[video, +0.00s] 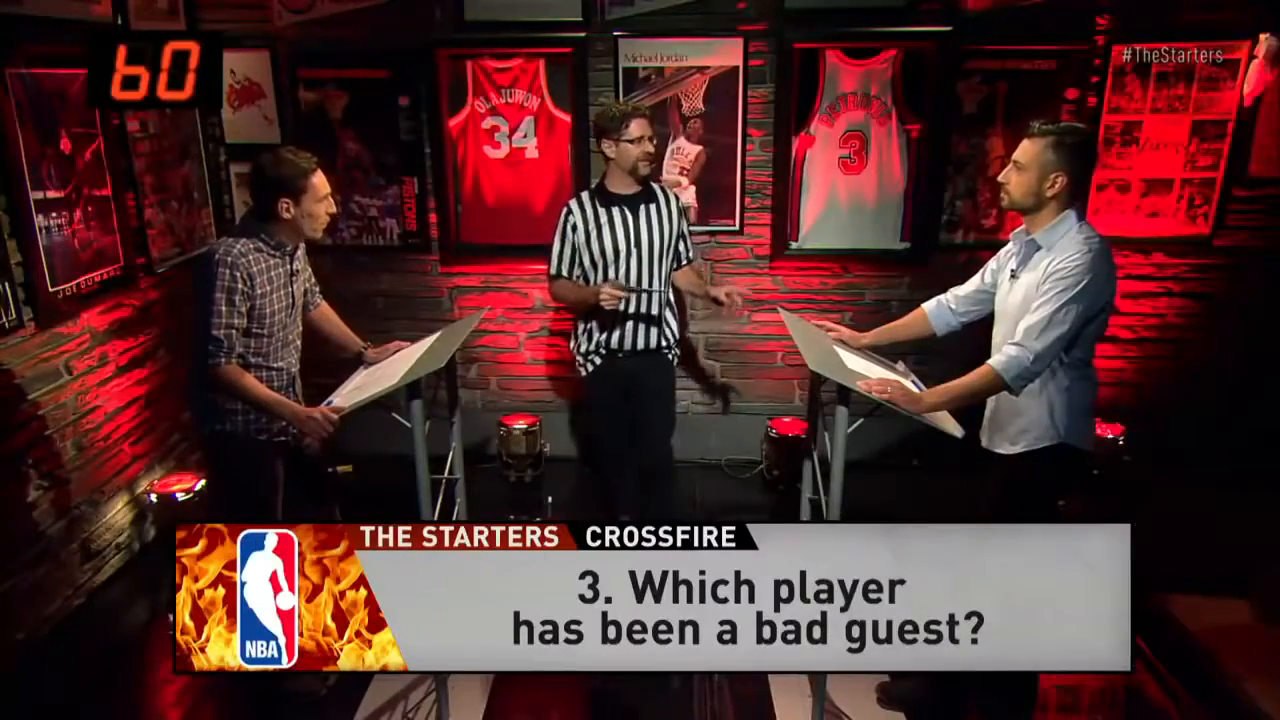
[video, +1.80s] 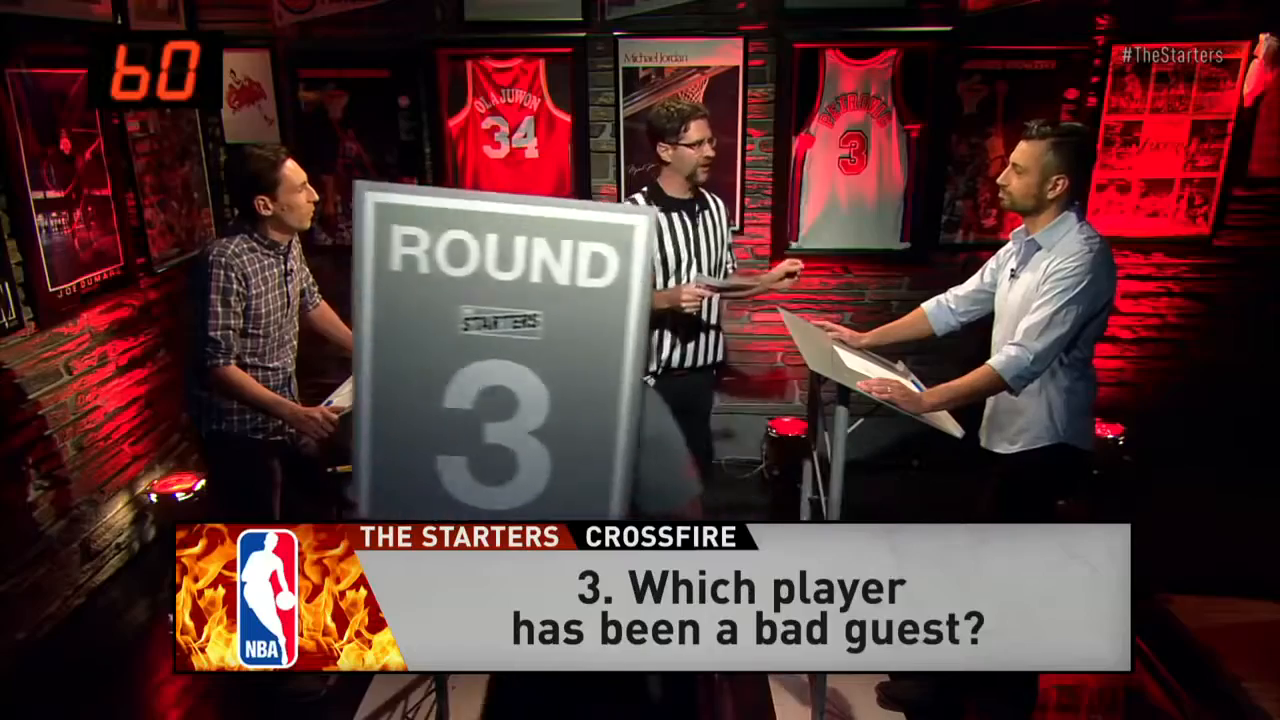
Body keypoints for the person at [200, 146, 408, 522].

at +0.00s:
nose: (333, 208)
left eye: (330, 198)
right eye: (323, 200)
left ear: (288, 209)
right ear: (287, 208)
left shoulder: (292, 248)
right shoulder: (233, 260)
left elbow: (313, 305)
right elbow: (220, 365)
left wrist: (364, 350)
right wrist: (296, 414)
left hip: (287, 428)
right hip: (244, 438)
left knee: (302, 528)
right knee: (254, 540)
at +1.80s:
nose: (314, 196)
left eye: (308, 185)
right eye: (301, 189)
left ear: (270, 205)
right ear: (266, 205)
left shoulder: (289, 246)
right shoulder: (227, 261)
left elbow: (312, 304)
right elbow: (218, 367)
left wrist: (364, 350)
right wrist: (293, 413)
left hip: (285, 425)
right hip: (241, 435)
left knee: (298, 527)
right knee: (253, 538)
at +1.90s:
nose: (310, 198)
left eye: (307, 187)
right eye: (301, 190)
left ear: (272, 205)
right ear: (266, 205)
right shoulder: (227, 260)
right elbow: (217, 366)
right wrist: (294, 413)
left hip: (283, 428)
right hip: (240, 435)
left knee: (293, 530)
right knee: (252, 538)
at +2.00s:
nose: (306, 204)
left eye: (307, 192)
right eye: (296, 194)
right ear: (262, 198)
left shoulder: (296, 251)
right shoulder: (231, 256)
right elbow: (219, 364)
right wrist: (284, 406)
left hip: (287, 428)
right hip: (242, 435)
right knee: (246, 533)